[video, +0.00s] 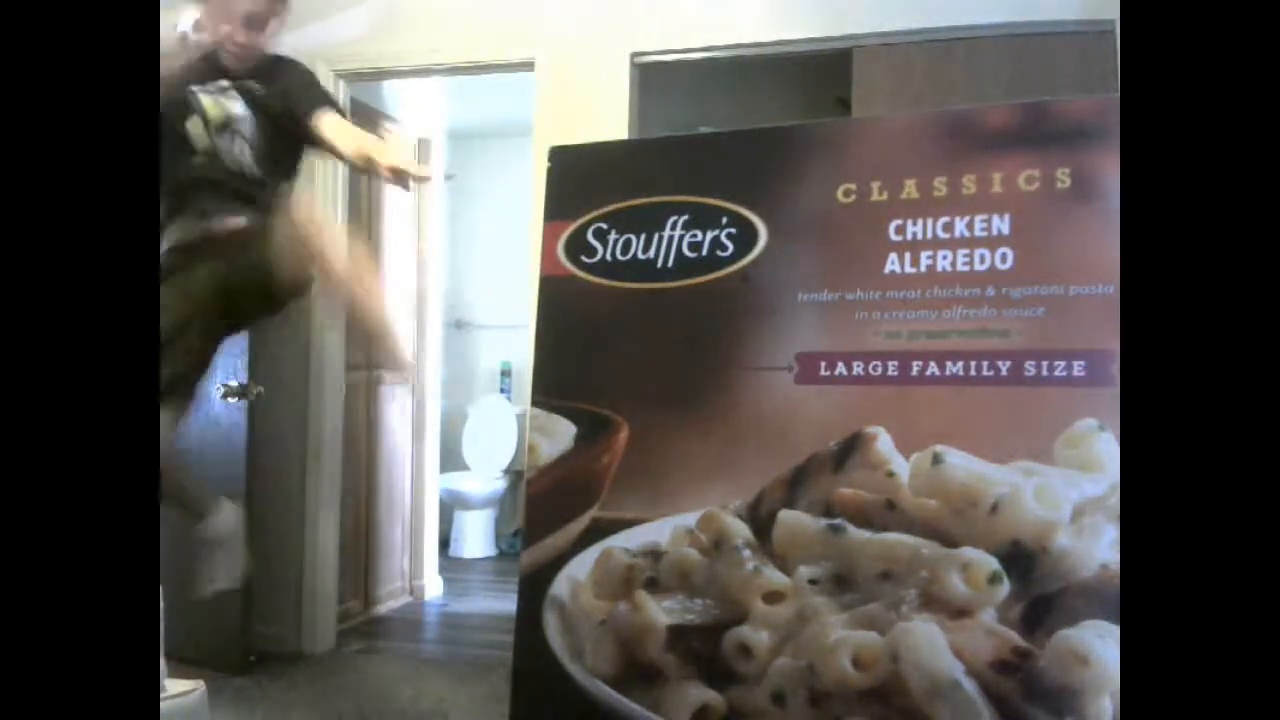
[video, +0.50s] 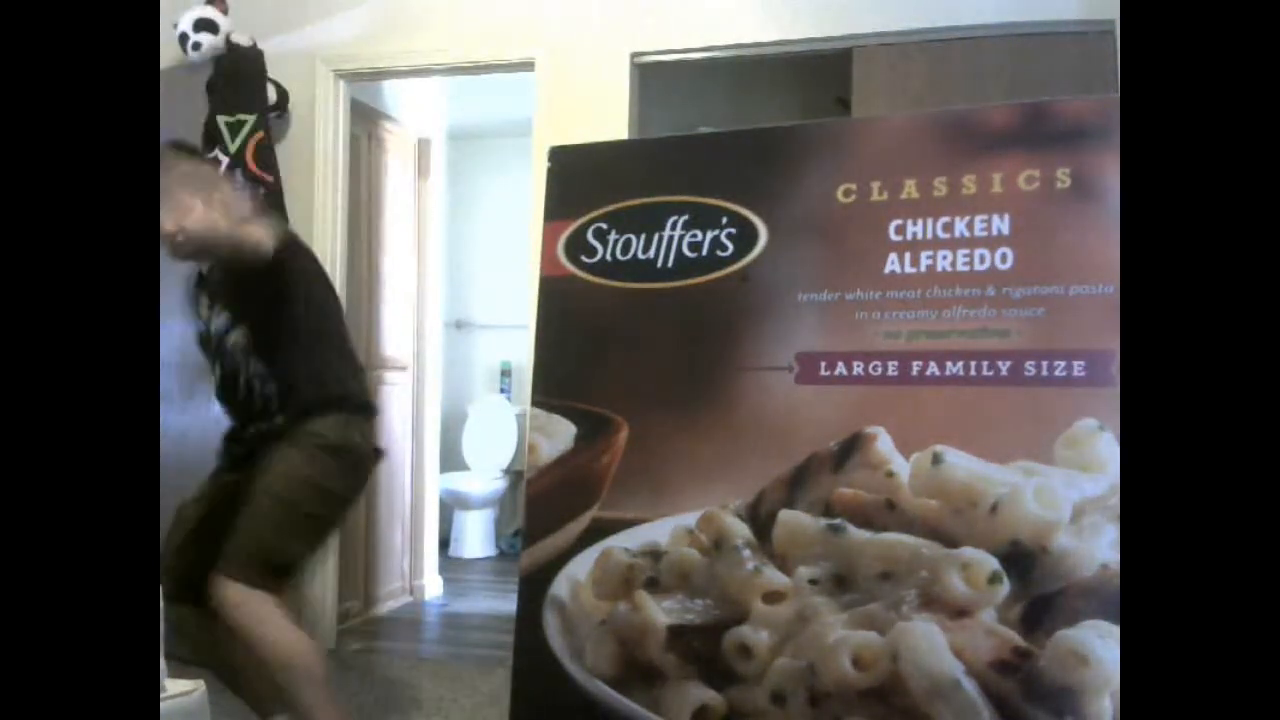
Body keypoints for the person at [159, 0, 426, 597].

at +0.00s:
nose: (245, 36)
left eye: (259, 24)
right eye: (236, 20)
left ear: (274, 24)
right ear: (208, 13)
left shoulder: (283, 77)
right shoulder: (179, 70)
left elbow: (336, 131)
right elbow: (161, 88)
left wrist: (388, 161)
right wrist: (185, 52)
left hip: (262, 261)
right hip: (183, 274)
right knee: (160, 443)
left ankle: (397, 366)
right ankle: (216, 520)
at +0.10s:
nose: (240, 44)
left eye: (252, 33)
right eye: (231, 32)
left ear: (272, 37)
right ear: (216, 34)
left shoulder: (283, 94)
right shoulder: (187, 93)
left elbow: (353, 146)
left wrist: (397, 164)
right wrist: (212, 78)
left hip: (270, 265)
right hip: (194, 278)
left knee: (322, 176)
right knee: (176, 457)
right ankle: (227, 527)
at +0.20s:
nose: (271, 91)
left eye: (281, 78)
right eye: (262, 73)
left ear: (287, 80)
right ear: (231, 61)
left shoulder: (283, 122)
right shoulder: (195, 122)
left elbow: (334, 155)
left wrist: (388, 172)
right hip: (206, 310)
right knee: (197, 483)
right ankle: (249, 604)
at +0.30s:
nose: (219, 137)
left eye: (234, 123)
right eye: (210, 120)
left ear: (255, 127)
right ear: (189, 124)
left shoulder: (289, 190)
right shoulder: (186, 198)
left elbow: (390, 204)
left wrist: (383, 174)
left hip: (295, 389)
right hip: (226, 390)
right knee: (223, 554)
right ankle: (272, 692)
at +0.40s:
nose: (185, 216)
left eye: (193, 197)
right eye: (173, 206)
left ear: (223, 187)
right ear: (165, 216)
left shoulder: (277, 246)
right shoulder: (187, 278)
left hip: (324, 424)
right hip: (250, 438)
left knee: (270, 569)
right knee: (190, 595)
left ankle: (331, 709)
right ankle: (279, 706)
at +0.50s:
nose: (168, 230)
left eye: (176, 210)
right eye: (163, 215)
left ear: (218, 196)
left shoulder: (268, 243)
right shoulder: (208, 280)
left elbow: (260, 242)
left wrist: (215, 226)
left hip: (328, 432)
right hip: (259, 439)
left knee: (242, 586)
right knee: (187, 583)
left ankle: (324, 712)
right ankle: (280, 708)